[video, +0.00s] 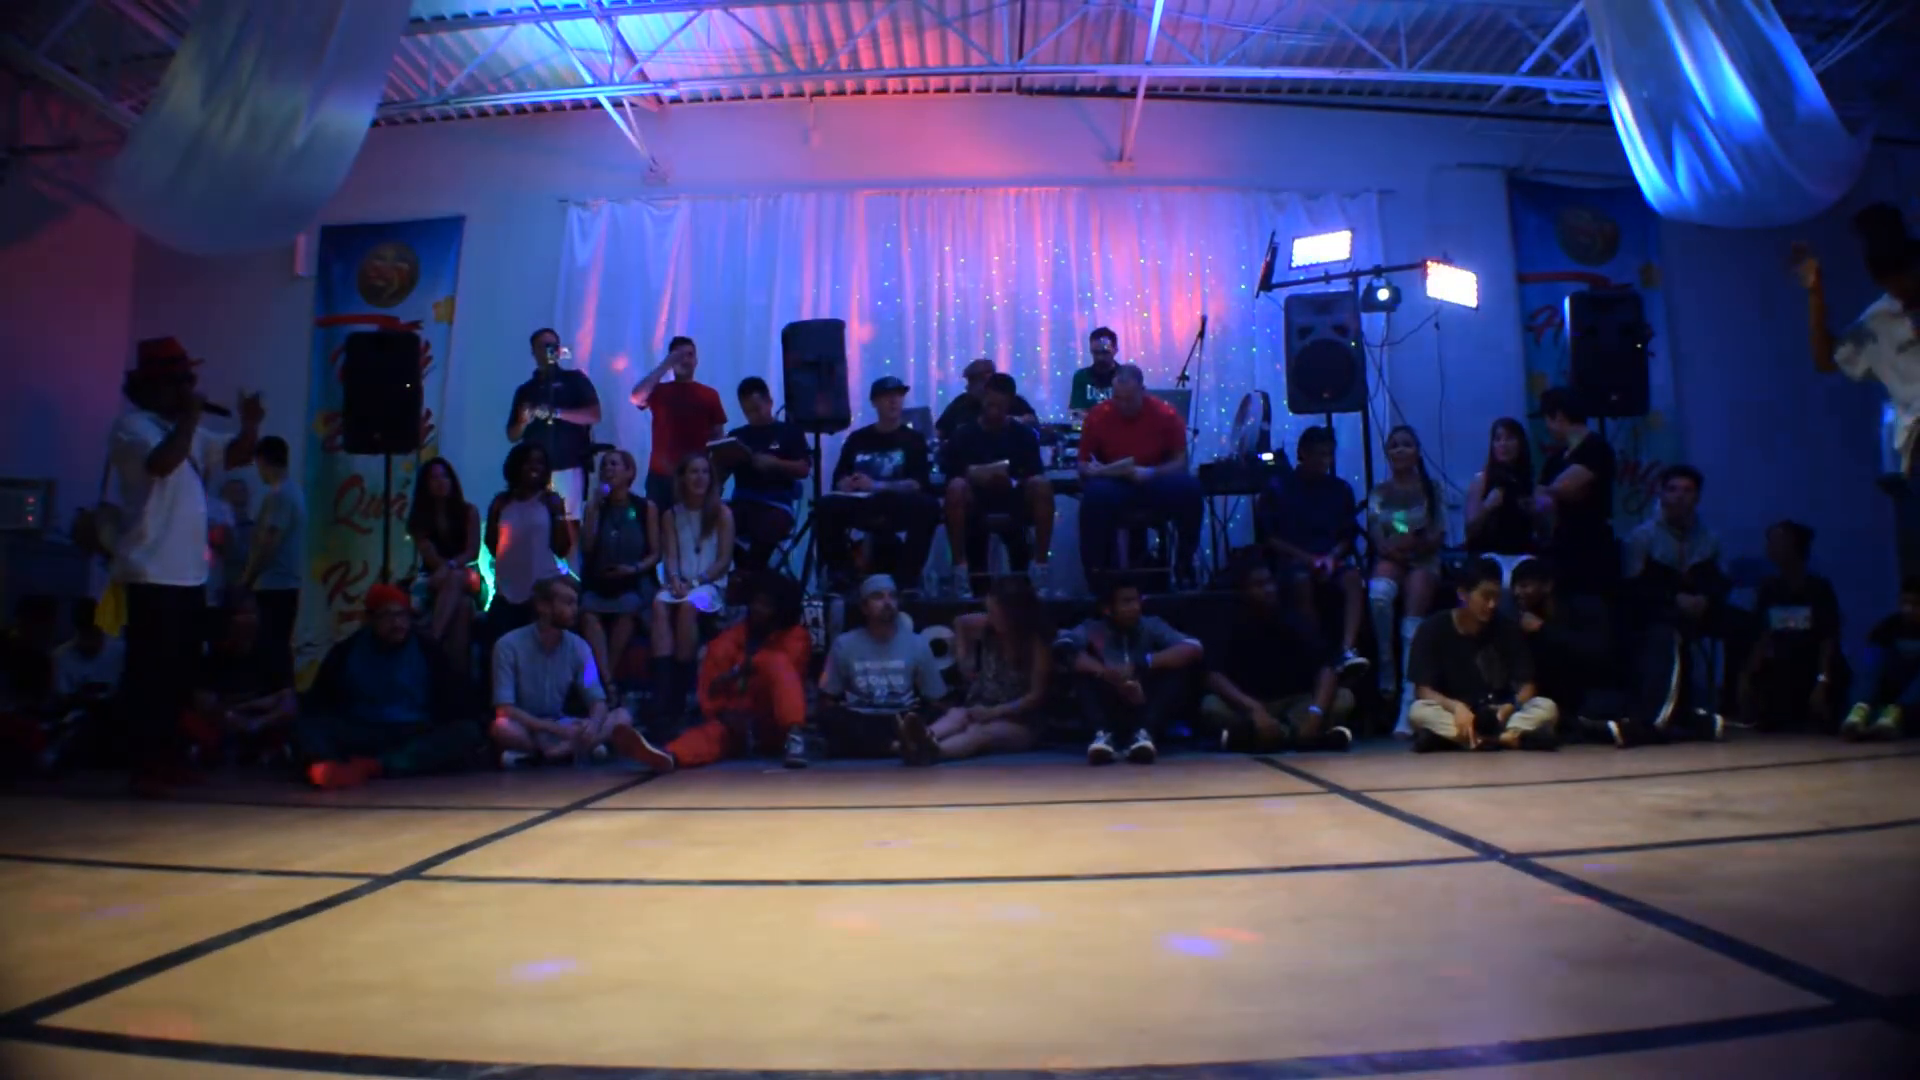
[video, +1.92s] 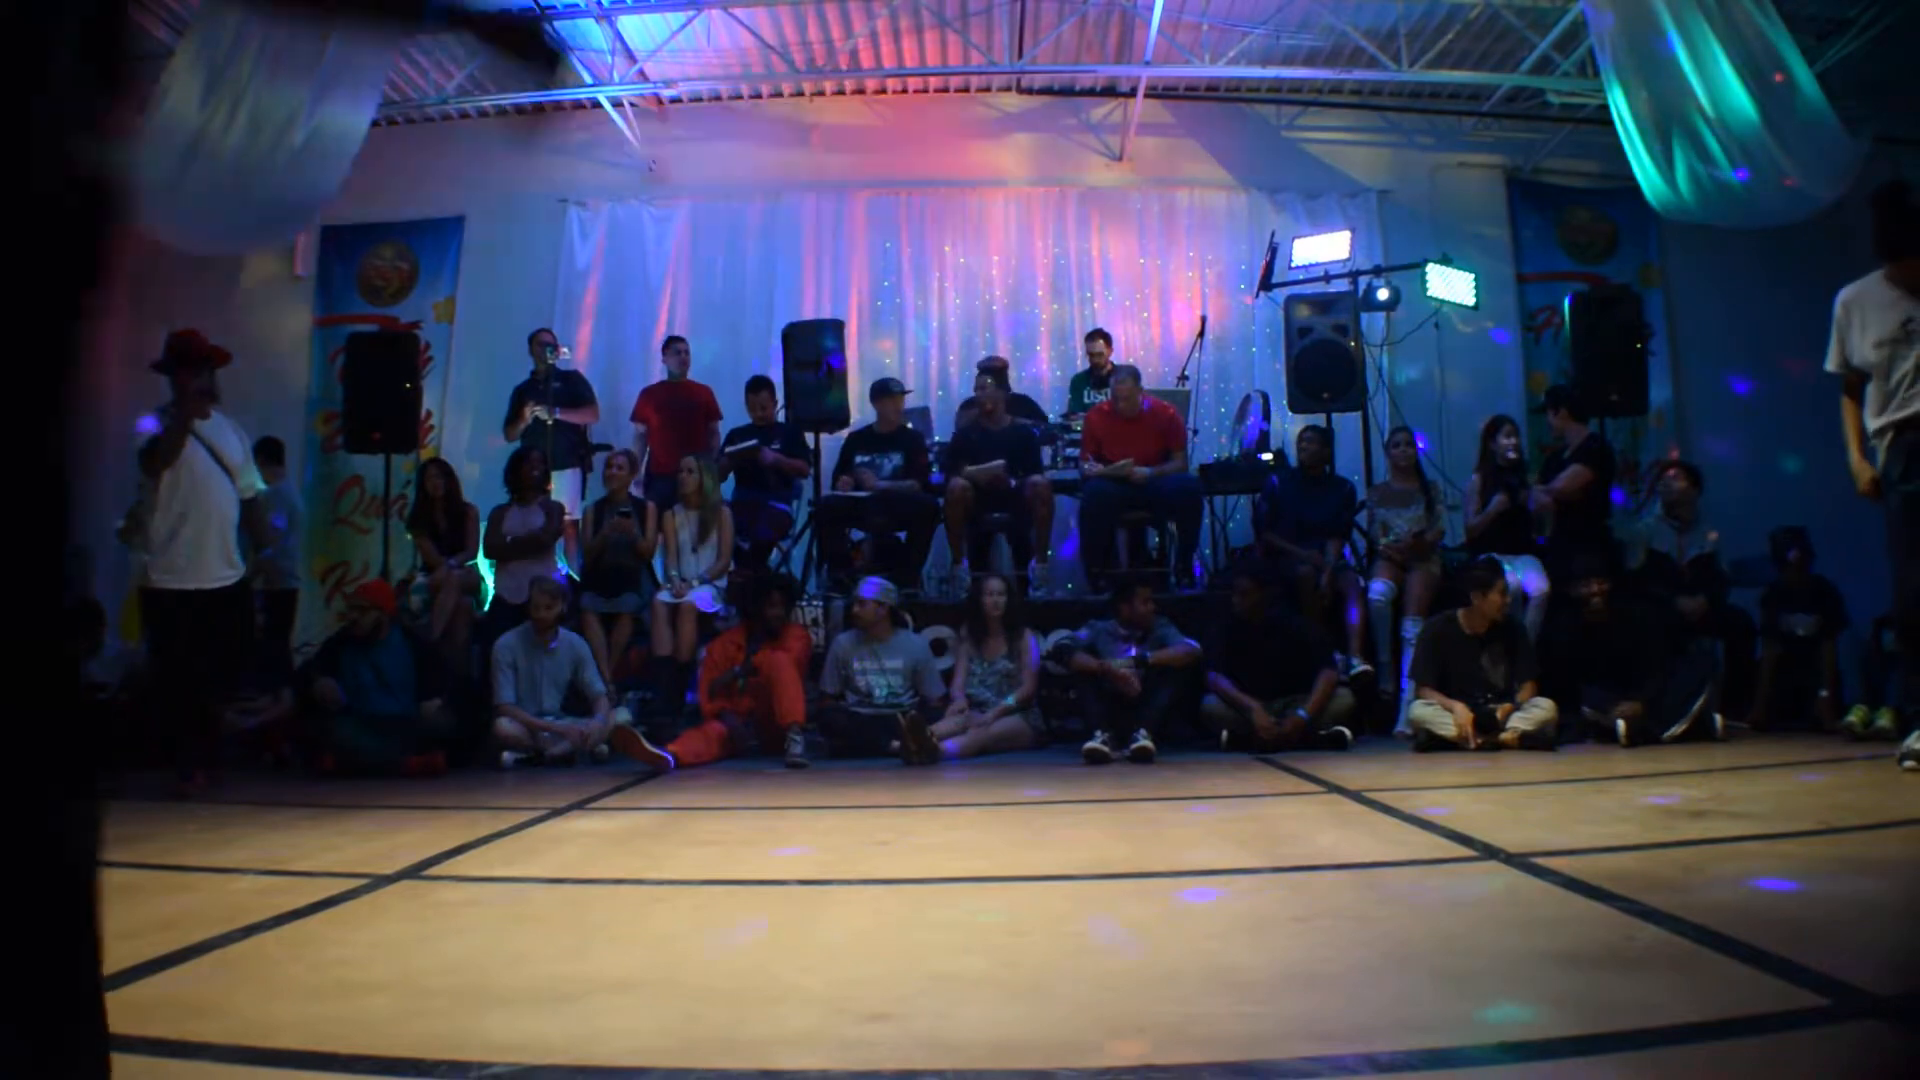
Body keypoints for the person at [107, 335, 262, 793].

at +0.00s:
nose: (189, 391)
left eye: (189, 383)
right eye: (179, 383)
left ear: (184, 386)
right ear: (154, 387)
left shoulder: (187, 433)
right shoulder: (132, 426)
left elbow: (236, 456)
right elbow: (160, 464)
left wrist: (248, 428)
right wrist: (189, 418)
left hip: (188, 577)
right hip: (151, 575)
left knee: (181, 677)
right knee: (151, 677)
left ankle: (172, 761)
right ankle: (146, 767)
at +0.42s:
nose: (182, 389)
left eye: (184, 381)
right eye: (171, 382)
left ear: (186, 387)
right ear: (147, 387)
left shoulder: (202, 435)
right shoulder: (125, 431)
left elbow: (256, 463)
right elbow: (124, 468)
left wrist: (250, 469)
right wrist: (156, 421)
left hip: (191, 585)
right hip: (142, 585)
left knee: (184, 685)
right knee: (144, 685)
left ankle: (177, 763)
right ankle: (143, 769)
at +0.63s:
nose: (173, 393)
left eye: (178, 385)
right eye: (163, 386)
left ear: (185, 388)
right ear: (144, 391)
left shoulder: (207, 437)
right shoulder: (128, 434)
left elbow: (241, 491)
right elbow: (117, 471)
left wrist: (240, 526)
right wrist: (150, 422)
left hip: (194, 585)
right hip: (142, 584)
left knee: (185, 681)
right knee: (143, 682)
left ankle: (177, 761)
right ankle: (142, 765)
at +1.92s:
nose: (207, 382)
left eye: (210, 373)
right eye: (196, 374)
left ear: (216, 377)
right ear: (174, 379)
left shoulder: (228, 431)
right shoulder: (153, 428)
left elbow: (251, 498)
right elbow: (155, 464)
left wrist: (266, 550)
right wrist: (186, 413)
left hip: (226, 582)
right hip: (172, 584)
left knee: (222, 682)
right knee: (177, 684)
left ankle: (215, 765)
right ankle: (183, 768)